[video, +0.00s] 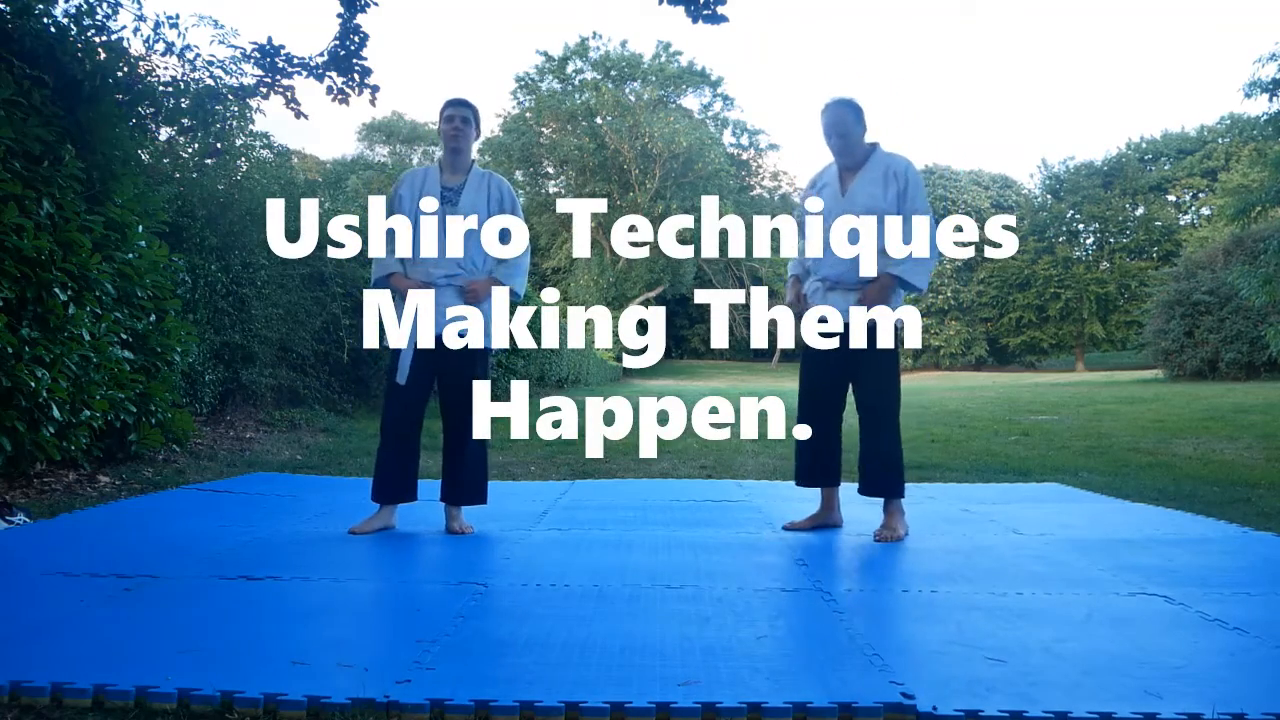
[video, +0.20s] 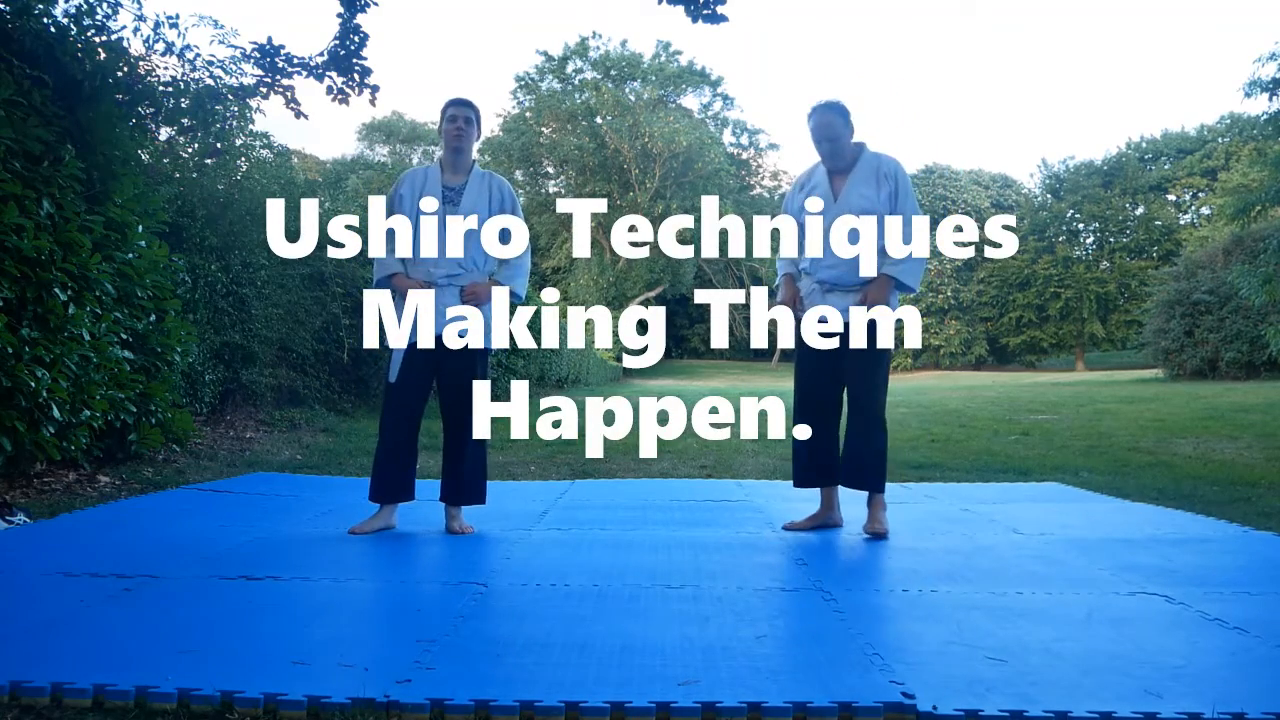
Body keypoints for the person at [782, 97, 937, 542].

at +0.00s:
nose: (836, 143)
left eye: (843, 134)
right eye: (829, 136)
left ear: (863, 128)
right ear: (822, 136)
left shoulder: (898, 171)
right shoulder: (818, 184)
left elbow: (922, 237)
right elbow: (803, 245)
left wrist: (890, 281)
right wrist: (795, 283)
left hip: (876, 309)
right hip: (822, 309)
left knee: (879, 410)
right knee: (820, 409)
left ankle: (893, 513)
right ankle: (829, 507)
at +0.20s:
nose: (825, 149)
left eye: (832, 139)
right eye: (818, 141)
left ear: (851, 131)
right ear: (811, 139)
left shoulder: (886, 171)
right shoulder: (802, 186)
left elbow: (911, 233)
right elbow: (789, 242)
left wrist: (886, 280)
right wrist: (788, 281)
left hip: (869, 305)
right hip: (815, 307)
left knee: (868, 406)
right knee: (817, 405)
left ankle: (876, 506)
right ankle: (828, 507)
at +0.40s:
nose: (820, 148)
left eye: (826, 139)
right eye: (813, 141)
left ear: (846, 130)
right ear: (806, 139)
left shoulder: (880, 170)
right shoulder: (796, 187)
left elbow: (905, 231)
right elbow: (782, 250)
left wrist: (888, 280)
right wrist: (786, 300)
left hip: (867, 304)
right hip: (813, 308)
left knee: (863, 407)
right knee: (816, 406)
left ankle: (865, 508)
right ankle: (828, 506)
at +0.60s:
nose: (817, 143)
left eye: (824, 135)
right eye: (811, 137)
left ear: (844, 129)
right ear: (804, 136)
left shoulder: (879, 170)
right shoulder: (794, 185)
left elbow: (904, 236)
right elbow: (783, 250)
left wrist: (884, 298)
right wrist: (788, 302)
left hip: (865, 307)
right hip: (811, 309)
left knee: (863, 408)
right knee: (815, 408)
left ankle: (865, 509)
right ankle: (828, 507)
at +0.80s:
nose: (817, 142)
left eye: (824, 133)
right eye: (811, 135)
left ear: (844, 127)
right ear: (804, 134)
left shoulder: (878, 170)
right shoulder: (794, 184)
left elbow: (905, 231)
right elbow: (780, 247)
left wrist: (893, 284)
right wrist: (777, 298)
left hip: (865, 305)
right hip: (809, 307)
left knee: (864, 406)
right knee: (814, 407)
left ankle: (865, 509)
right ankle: (827, 506)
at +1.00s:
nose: (819, 136)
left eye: (827, 127)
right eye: (813, 129)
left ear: (847, 126)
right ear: (805, 132)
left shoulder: (879, 169)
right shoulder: (795, 183)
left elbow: (903, 231)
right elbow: (776, 244)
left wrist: (889, 282)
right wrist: (772, 295)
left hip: (865, 302)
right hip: (811, 304)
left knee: (864, 405)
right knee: (814, 406)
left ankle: (865, 508)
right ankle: (827, 506)